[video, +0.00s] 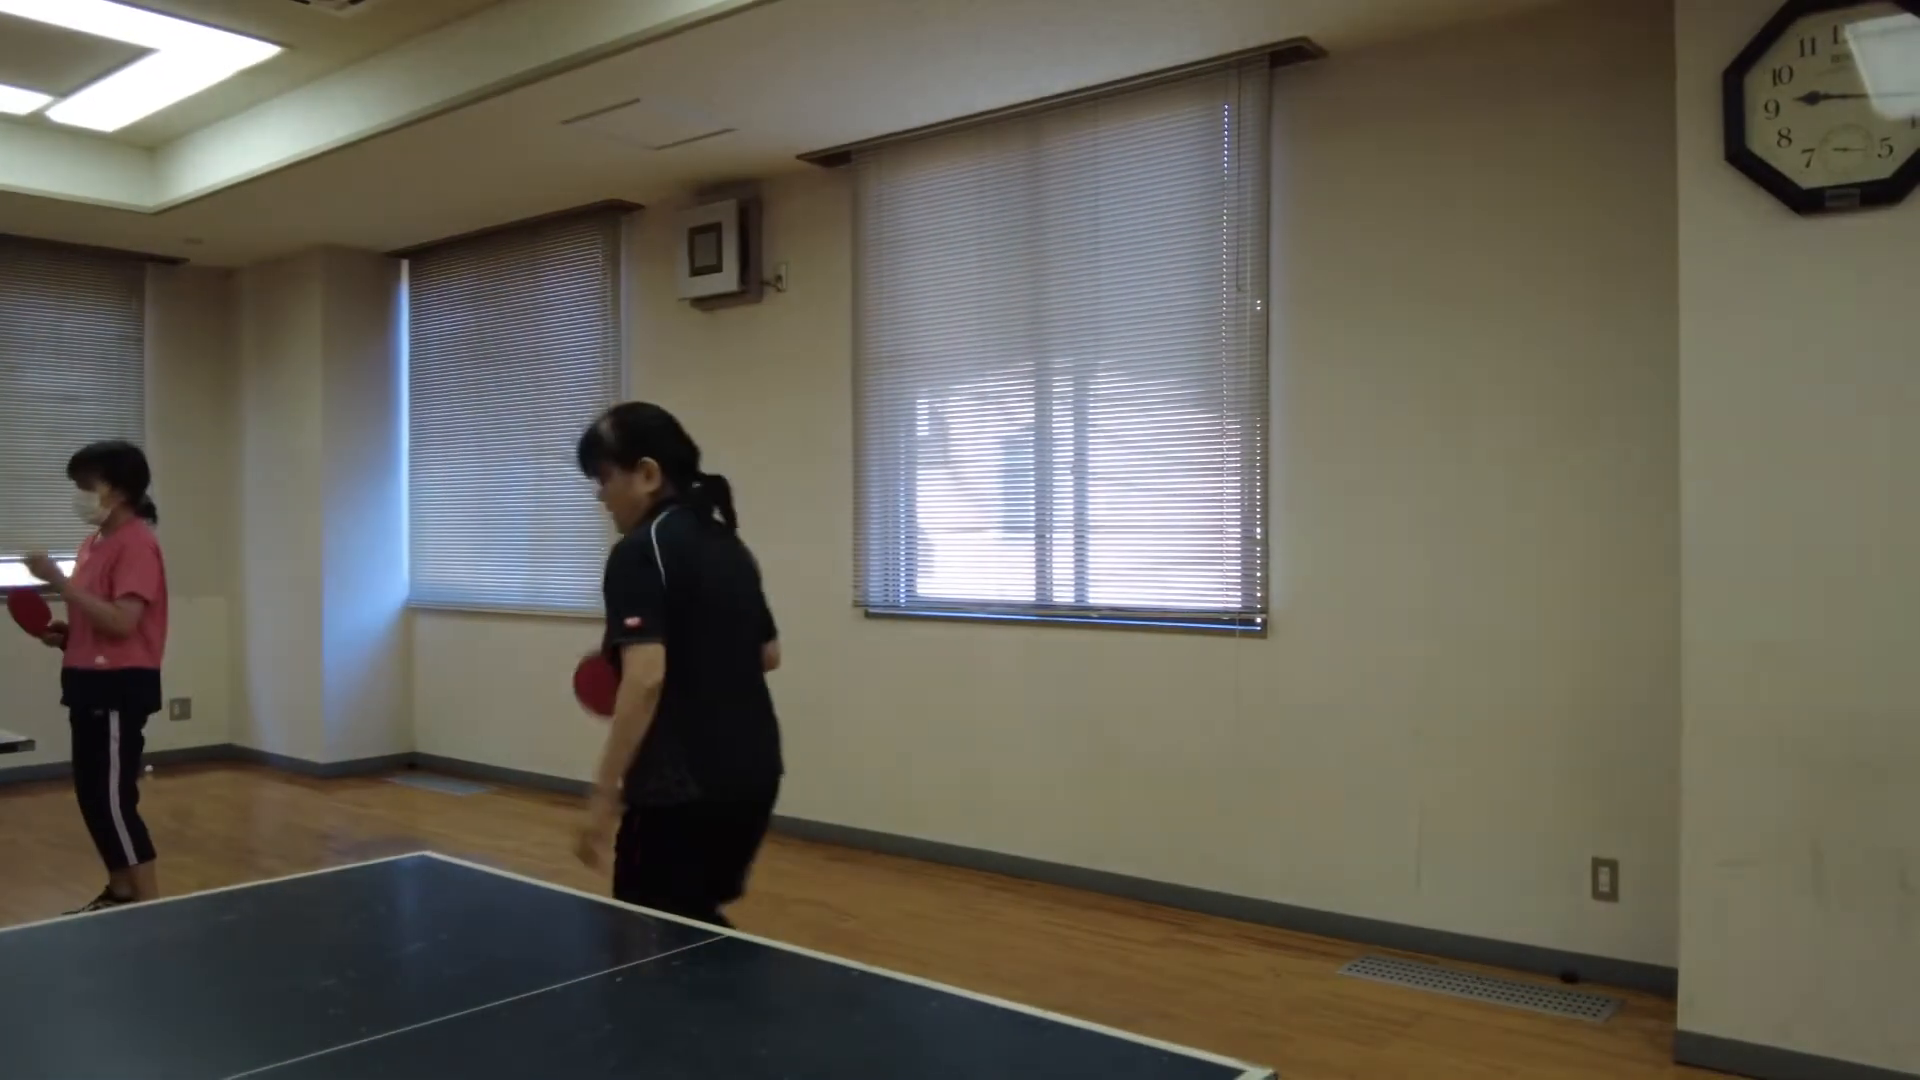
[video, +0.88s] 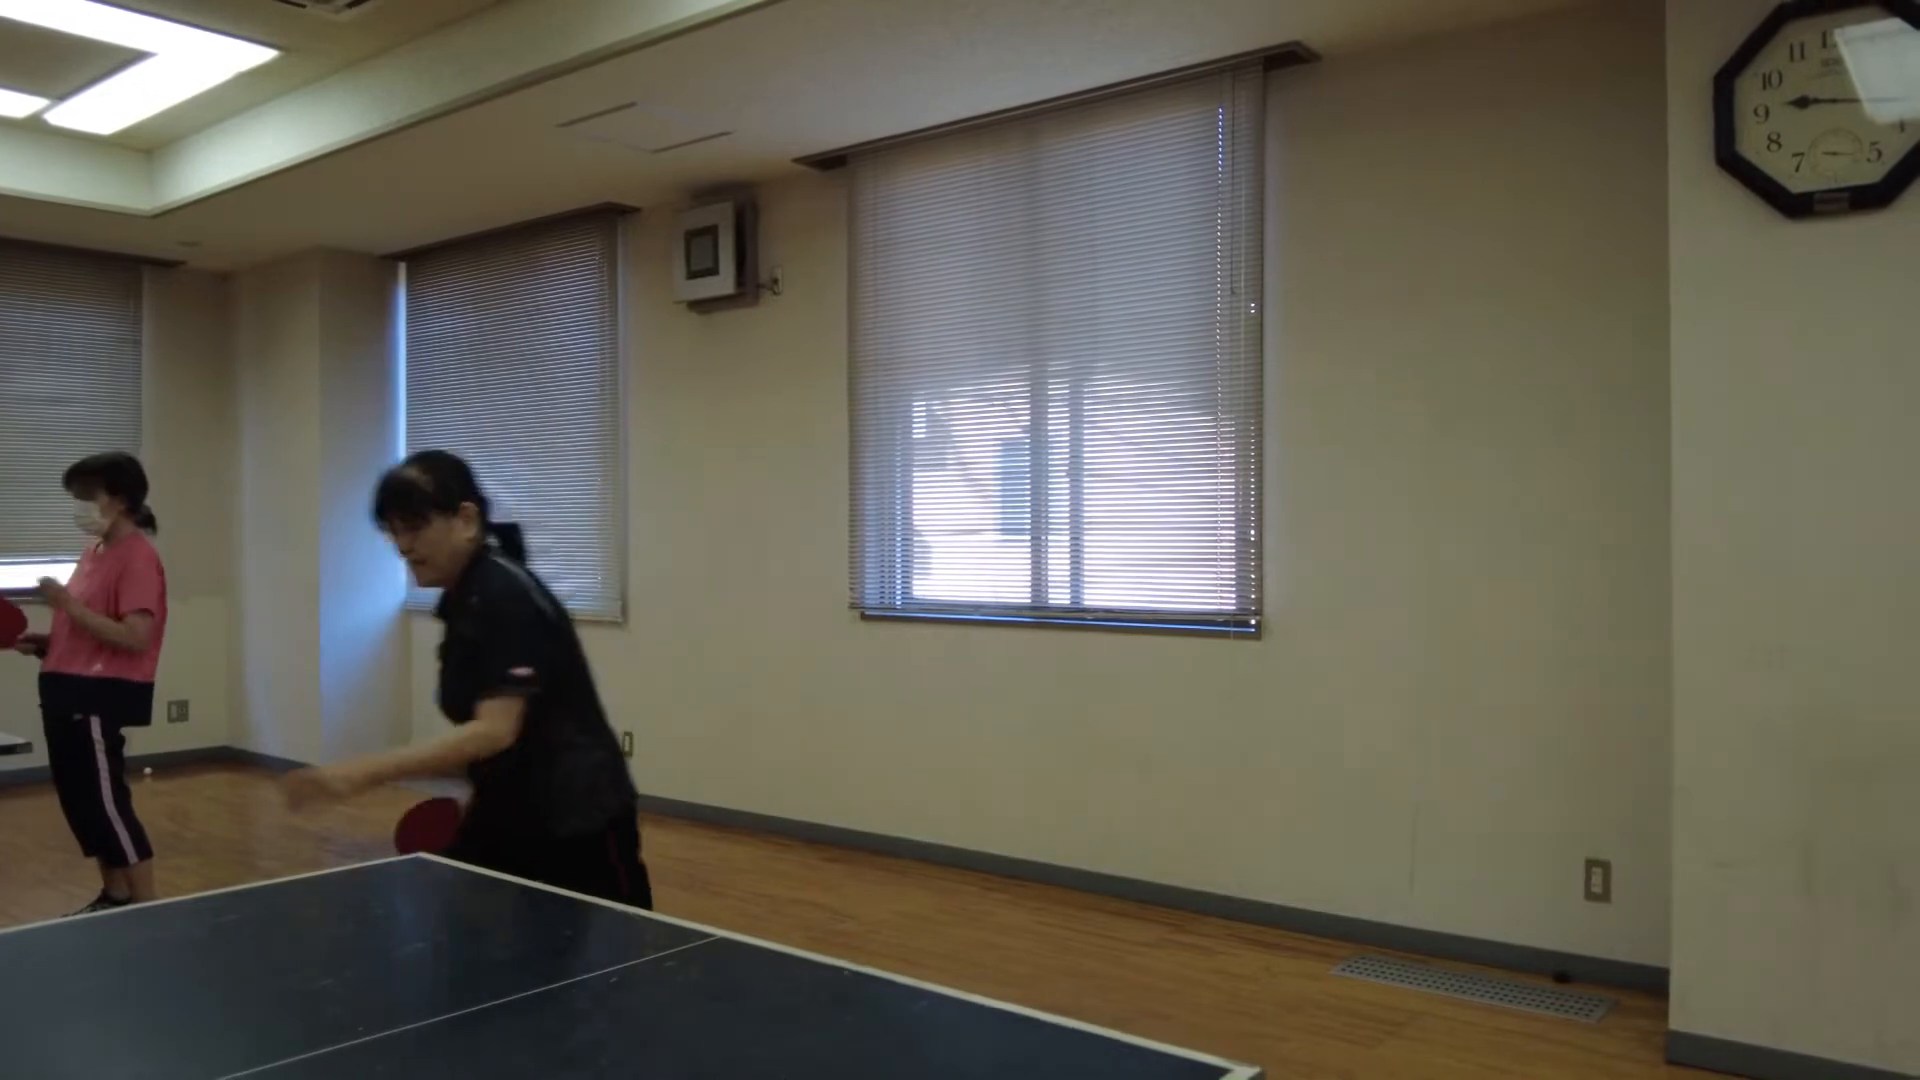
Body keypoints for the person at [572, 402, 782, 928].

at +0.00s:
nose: (600, 497)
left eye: (605, 479)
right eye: (597, 483)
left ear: (648, 474)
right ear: (655, 474)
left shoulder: (639, 553)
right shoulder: (726, 543)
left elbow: (644, 678)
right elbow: (766, 652)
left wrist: (605, 793)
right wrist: (666, 665)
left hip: (676, 778)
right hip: (749, 768)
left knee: (645, 925)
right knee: (694, 913)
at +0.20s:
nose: (546, 512)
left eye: (555, 493)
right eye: (540, 500)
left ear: (604, 483)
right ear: (607, 488)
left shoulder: (614, 551)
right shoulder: (644, 545)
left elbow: (635, 672)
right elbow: (706, 661)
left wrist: (555, 736)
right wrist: (643, 737)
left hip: (649, 788)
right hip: (676, 780)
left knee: (601, 931)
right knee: (625, 933)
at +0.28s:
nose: (529, 530)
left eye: (538, 511)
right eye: (521, 518)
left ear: (586, 501)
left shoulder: (606, 563)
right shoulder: (599, 561)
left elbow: (644, 682)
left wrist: (565, 760)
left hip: (640, 799)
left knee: (564, 922)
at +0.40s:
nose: (502, 541)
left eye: (511, 521)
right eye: (492, 530)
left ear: (557, 506)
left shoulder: (589, 570)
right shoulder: (567, 575)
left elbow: (650, 677)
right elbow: (597, 692)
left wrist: (593, 780)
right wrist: (571, 793)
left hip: (639, 798)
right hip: (613, 796)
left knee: (570, 927)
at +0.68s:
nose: (479, 536)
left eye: (488, 515)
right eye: (469, 524)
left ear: (536, 501)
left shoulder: (570, 567)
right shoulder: (538, 578)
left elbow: (622, 685)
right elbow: (575, 694)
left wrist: (543, 786)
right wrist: (528, 770)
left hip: (628, 798)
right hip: (568, 799)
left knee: (642, 949)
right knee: (517, 929)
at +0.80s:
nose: (449, 548)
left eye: (460, 529)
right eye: (439, 535)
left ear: (510, 518)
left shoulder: (550, 593)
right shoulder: (504, 598)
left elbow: (557, 725)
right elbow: (525, 718)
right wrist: (497, 793)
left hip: (609, 808)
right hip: (538, 801)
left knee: (627, 955)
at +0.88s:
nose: (403, 545)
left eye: (416, 526)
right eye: (396, 532)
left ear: (467, 519)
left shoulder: (505, 596)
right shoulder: (471, 598)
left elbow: (496, 731)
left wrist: (360, 774)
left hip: (572, 822)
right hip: (509, 817)